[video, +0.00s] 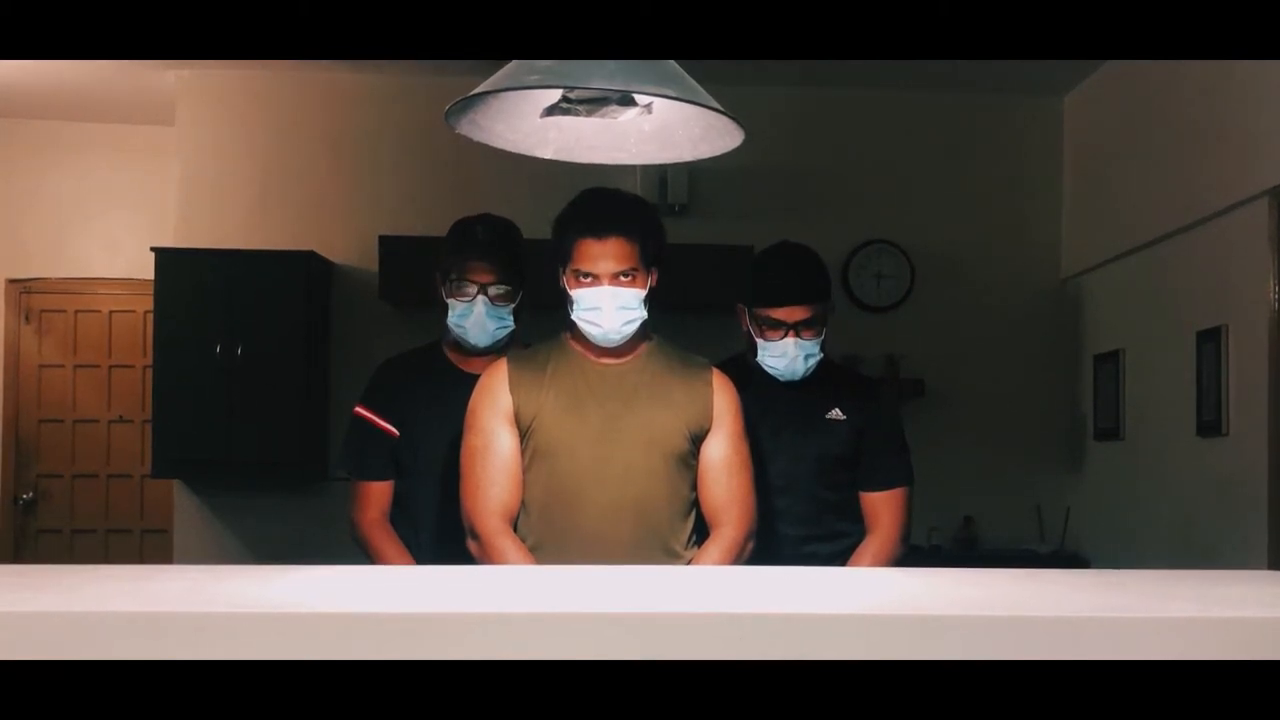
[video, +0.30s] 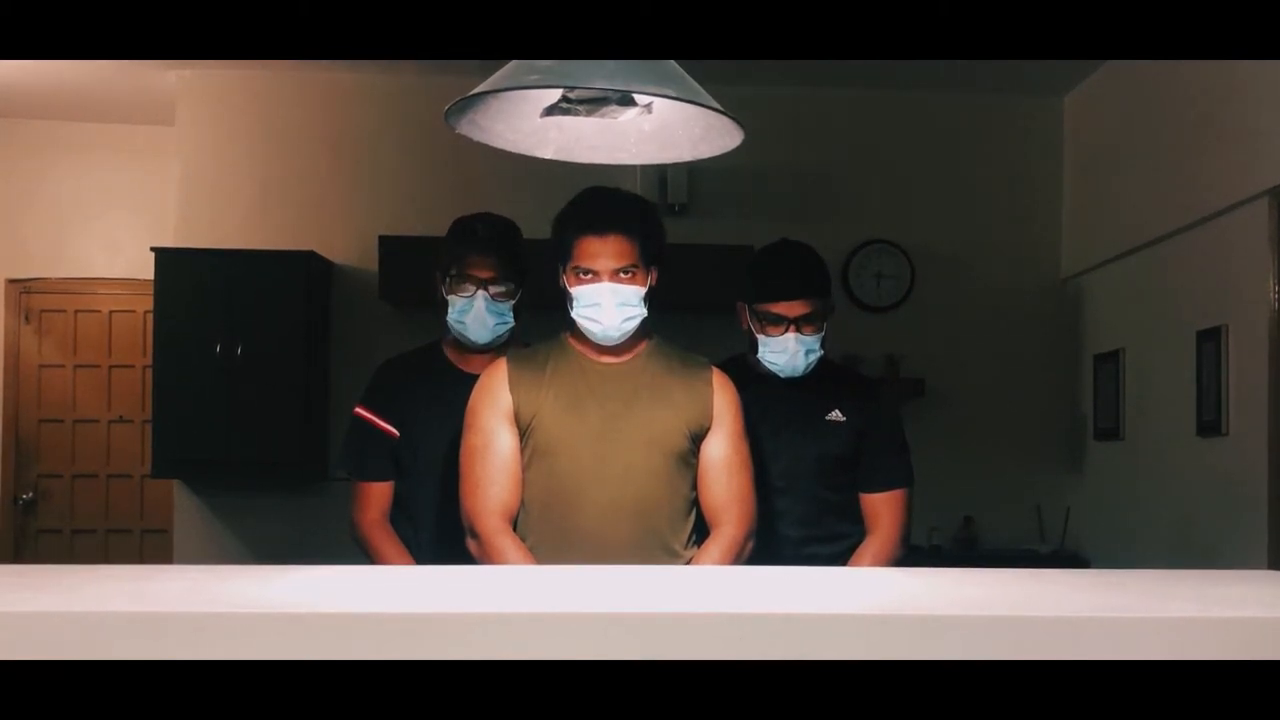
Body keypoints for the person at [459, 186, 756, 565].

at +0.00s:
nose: (606, 295)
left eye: (624, 276)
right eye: (587, 278)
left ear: (649, 279)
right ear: (564, 280)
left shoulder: (707, 390)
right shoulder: (507, 383)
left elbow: (733, 532)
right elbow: (488, 529)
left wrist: (670, 615)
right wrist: (554, 611)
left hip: (667, 615)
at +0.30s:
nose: (606, 292)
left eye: (625, 274)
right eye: (587, 275)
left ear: (650, 278)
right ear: (564, 278)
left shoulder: (707, 389)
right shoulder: (507, 382)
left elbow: (733, 532)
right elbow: (487, 528)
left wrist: (669, 614)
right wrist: (554, 610)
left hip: (667, 615)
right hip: (545, 613)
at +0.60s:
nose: (605, 288)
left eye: (624, 270)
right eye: (586, 271)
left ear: (649, 276)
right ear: (564, 276)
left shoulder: (707, 389)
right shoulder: (507, 382)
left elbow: (734, 531)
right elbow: (486, 529)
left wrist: (670, 615)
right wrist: (554, 612)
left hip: (667, 616)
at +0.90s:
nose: (605, 285)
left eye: (624, 267)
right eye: (586, 267)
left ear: (648, 275)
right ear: (564, 274)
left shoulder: (706, 388)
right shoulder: (507, 381)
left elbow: (733, 531)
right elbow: (486, 529)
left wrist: (669, 614)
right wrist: (554, 611)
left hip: (667, 615)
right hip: (545, 614)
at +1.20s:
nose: (604, 280)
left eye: (623, 263)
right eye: (586, 263)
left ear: (648, 273)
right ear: (563, 272)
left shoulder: (705, 389)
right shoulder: (506, 381)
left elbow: (732, 532)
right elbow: (486, 531)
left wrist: (667, 615)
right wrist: (556, 614)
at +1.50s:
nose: (604, 275)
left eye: (623, 258)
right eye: (586, 259)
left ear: (648, 271)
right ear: (562, 270)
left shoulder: (705, 389)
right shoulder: (505, 383)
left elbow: (732, 531)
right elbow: (486, 531)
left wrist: (667, 615)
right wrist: (555, 615)